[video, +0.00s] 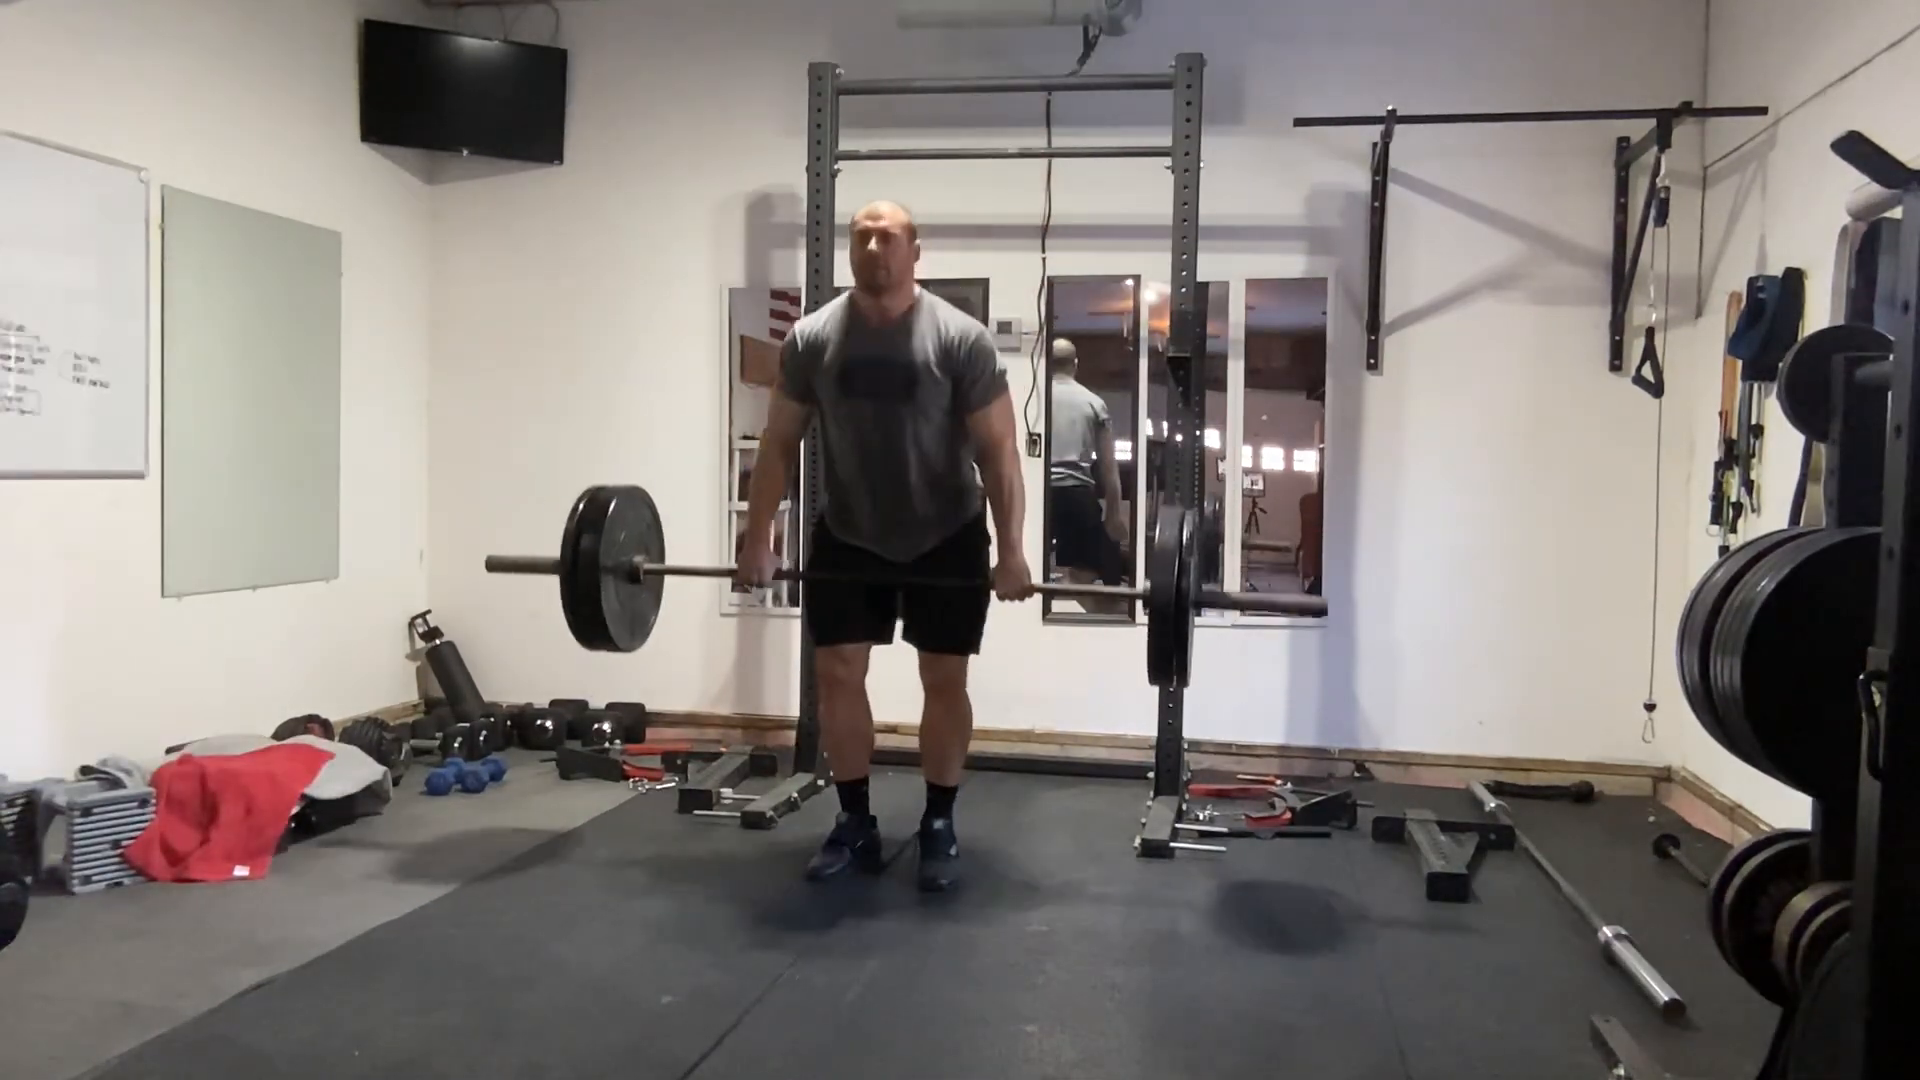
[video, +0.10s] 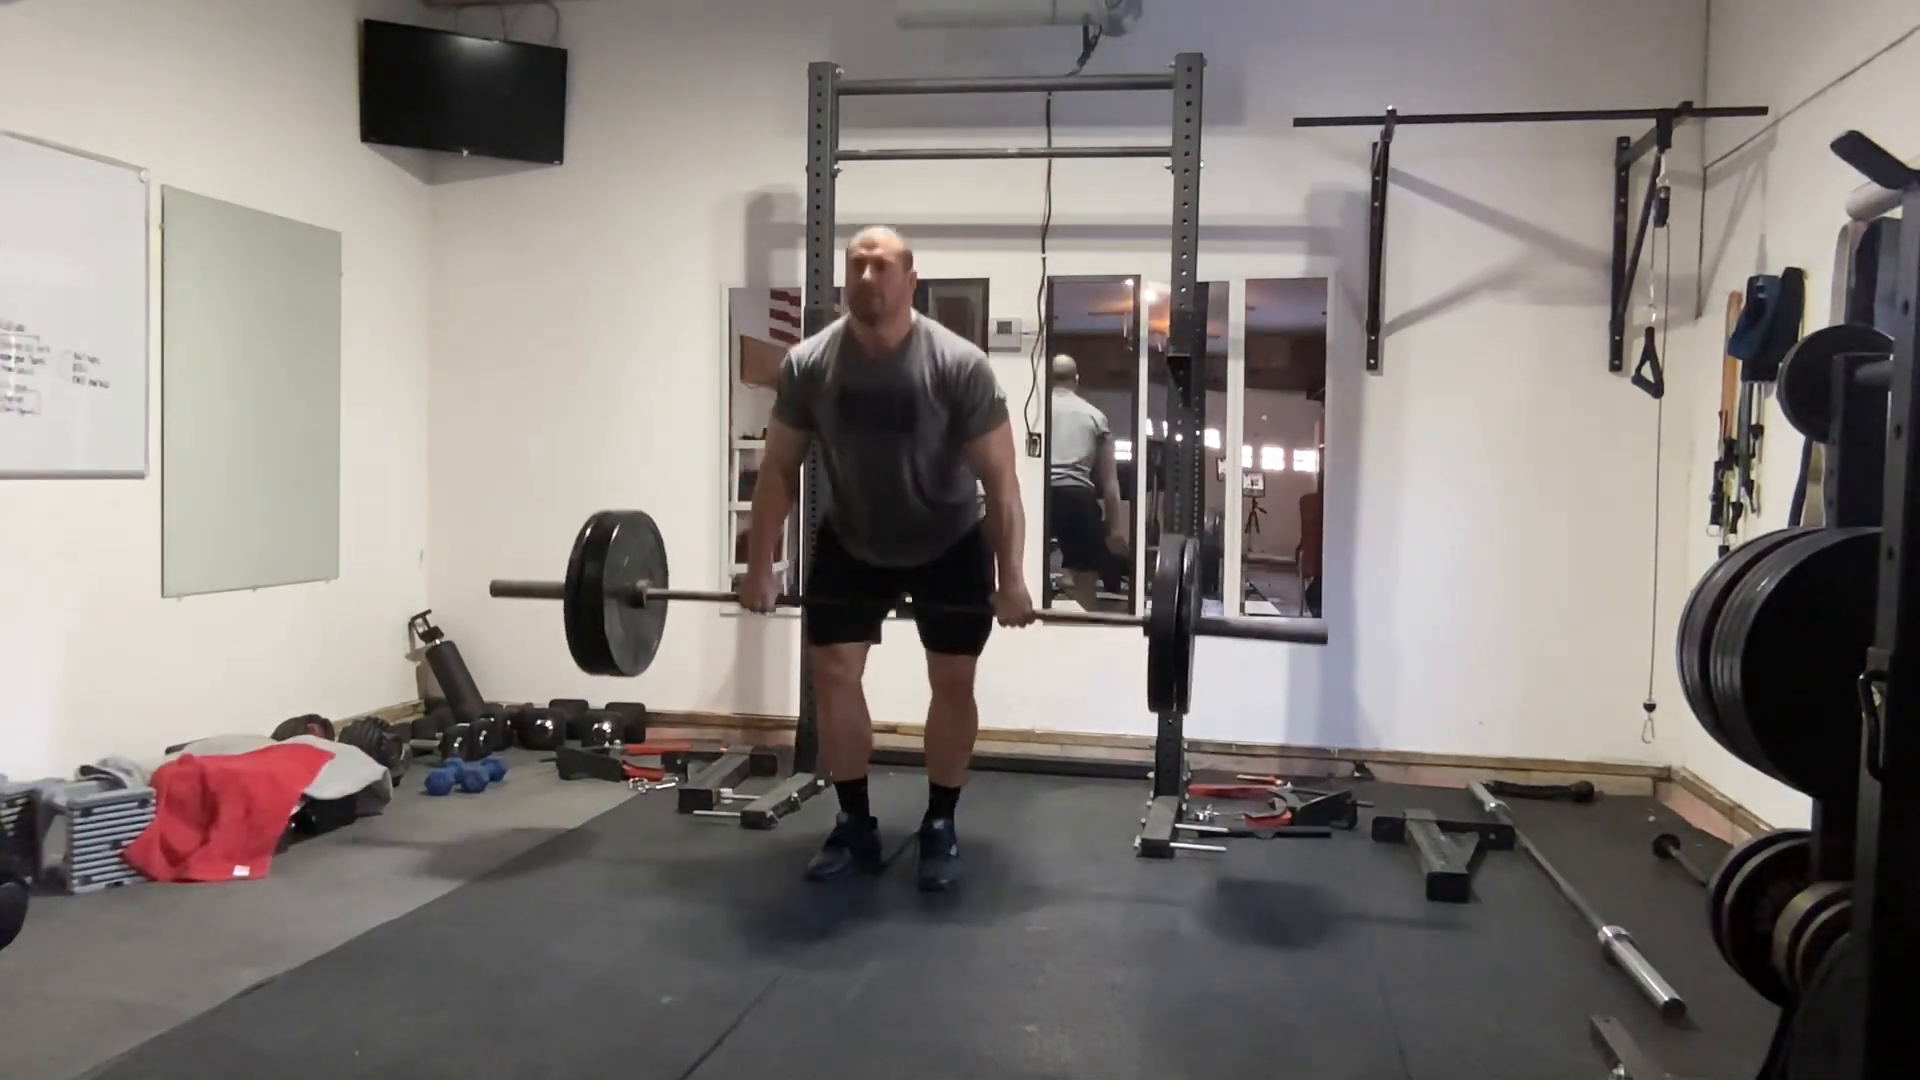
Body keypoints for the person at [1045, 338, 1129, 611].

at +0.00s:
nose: (1075, 365)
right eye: (1076, 361)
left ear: (1045, 364)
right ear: (1075, 364)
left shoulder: (1029, 398)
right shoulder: (1092, 403)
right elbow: (1108, 467)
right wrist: (1114, 516)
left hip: (1034, 497)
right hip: (1077, 496)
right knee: (1083, 574)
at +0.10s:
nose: (1074, 381)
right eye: (1076, 377)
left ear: (1048, 379)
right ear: (1077, 379)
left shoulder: (1030, 410)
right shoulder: (1094, 416)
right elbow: (1109, 483)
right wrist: (1116, 532)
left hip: (1034, 500)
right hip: (1077, 500)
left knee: (1032, 575)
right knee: (1084, 581)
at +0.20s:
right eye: (1077, 392)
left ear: (1049, 392)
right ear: (1077, 393)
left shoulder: (1032, 420)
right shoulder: (1095, 429)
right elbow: (1109, 491)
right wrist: (1116, 543)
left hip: (1034, 498)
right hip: (1077, 499)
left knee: (1031, 575)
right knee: (1087, 578)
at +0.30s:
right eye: (1075, 401)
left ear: (1048, 401)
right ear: (1076, 402)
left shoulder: (1033, 429)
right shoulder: (1094, 437)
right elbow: (1109, 498)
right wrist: (1116, 552)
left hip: (1035, 500)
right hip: (1077, 502)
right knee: (1089, 577)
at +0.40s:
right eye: (1074, 399)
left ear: (1047, 400)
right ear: (1076, 401)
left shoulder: (1032, 429)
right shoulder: (1093, 436)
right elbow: (1109, 497)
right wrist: (1116, 549)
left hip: (1035, 501)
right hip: (1078, 502)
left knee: (1032, 576)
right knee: (1089, 579)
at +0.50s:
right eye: (1074, 385)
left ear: (1048, 385)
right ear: (1076, 386)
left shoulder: (1031, 414)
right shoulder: (1092, 421)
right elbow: (1110, 480)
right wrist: (1117, 533)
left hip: (1034, 494)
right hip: (1076, 495)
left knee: (1031, 566)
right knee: (1083, 573)